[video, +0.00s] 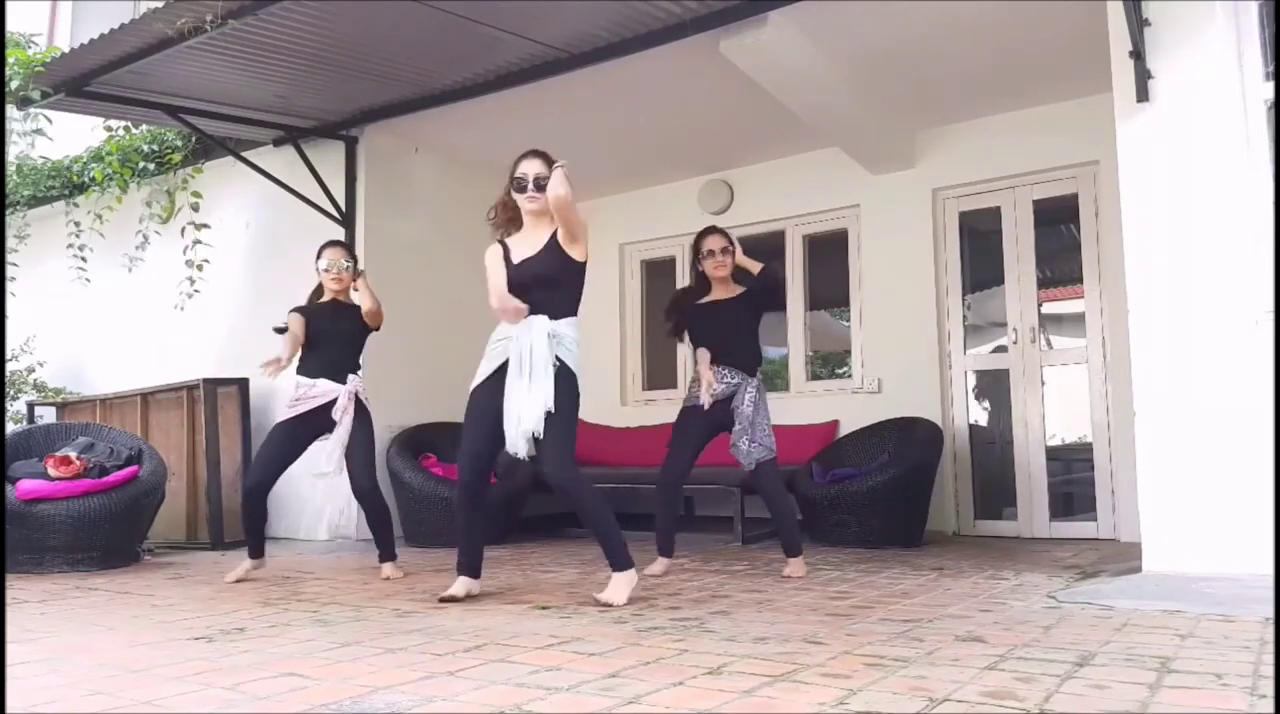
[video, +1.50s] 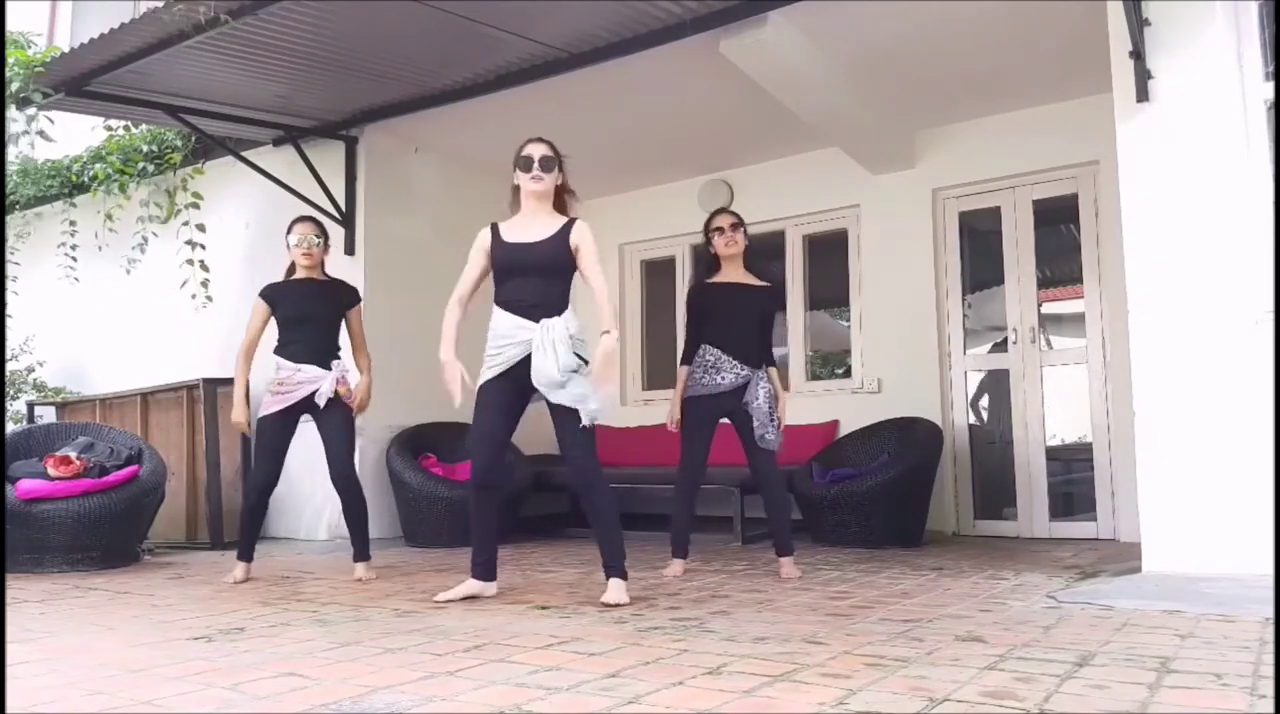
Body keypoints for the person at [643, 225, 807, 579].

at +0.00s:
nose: (718, 259)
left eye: (724, 252)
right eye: (709, 254)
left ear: (733, 258)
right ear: (699, 262)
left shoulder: (752, 294)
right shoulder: (693, 303)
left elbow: (779, 284)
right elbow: (699, 341)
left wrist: (743, 260)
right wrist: (703, 362)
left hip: (746, 392)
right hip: (706, 392)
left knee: (766, 477)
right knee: (670, 473)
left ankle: (795, 555)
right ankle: (664, 554)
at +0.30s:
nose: (688, 259)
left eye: (693, 252)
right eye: (679, 255)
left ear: (704, 255)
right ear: (672, 264)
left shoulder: (723, 297)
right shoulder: (669, 306)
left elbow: (755, 288)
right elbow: (637, 333)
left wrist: (716, 261)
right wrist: (604, 348)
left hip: (720, 401)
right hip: (678, 400)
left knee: (763, 468)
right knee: (668, 477)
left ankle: (747, 555)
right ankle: (642, 557)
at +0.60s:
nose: (705, 255)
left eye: (713, 249)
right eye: (698, 250)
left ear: (727, 254)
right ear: (691, 256)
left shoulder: (745, 299)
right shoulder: (682, 305)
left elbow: (778, 316)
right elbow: (670, 349)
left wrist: (766, 269)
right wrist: (670, 378)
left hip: (736, 393)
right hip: (693, 392)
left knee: (755, 479)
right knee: (661, 474)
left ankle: (788, 556)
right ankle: (666, 551)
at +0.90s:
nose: (701, 247)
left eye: (710, 241)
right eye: (694, 241)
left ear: (722, 248)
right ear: (687, 250)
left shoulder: (738, 288)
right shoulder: (689, 300)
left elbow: (785, 328)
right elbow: (653, 331)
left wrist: (840, 354)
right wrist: (665, 286)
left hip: (728, 387)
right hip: (694, 388)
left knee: (742, 474)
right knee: (663, 471)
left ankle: (799, 551)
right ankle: (678, 556)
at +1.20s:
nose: (721, 245)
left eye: (729, 239)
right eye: (714, 242)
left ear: (742, 246)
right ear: (707, 253)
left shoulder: (764, 293)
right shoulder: (702, 300)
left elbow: (781, 349)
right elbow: (677, 349)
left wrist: (797, 401)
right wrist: (673, 385)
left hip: (751, 393)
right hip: (706, 394)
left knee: (769, 474)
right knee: (681, 474)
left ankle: (786, 557)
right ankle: (678, 557)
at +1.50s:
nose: (727, 235)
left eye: (733, 229)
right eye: (718, 231)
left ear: (745, 236)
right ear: (710, 242)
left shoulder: (766, 289)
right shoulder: (700, 290)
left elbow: (767, 347)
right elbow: (690, 346)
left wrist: (781, 392)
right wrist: (676, 398)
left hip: (750, 389)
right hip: (702, 389)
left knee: (768, 472)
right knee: (688, 474)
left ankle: (785, 555)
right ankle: (678, 557)